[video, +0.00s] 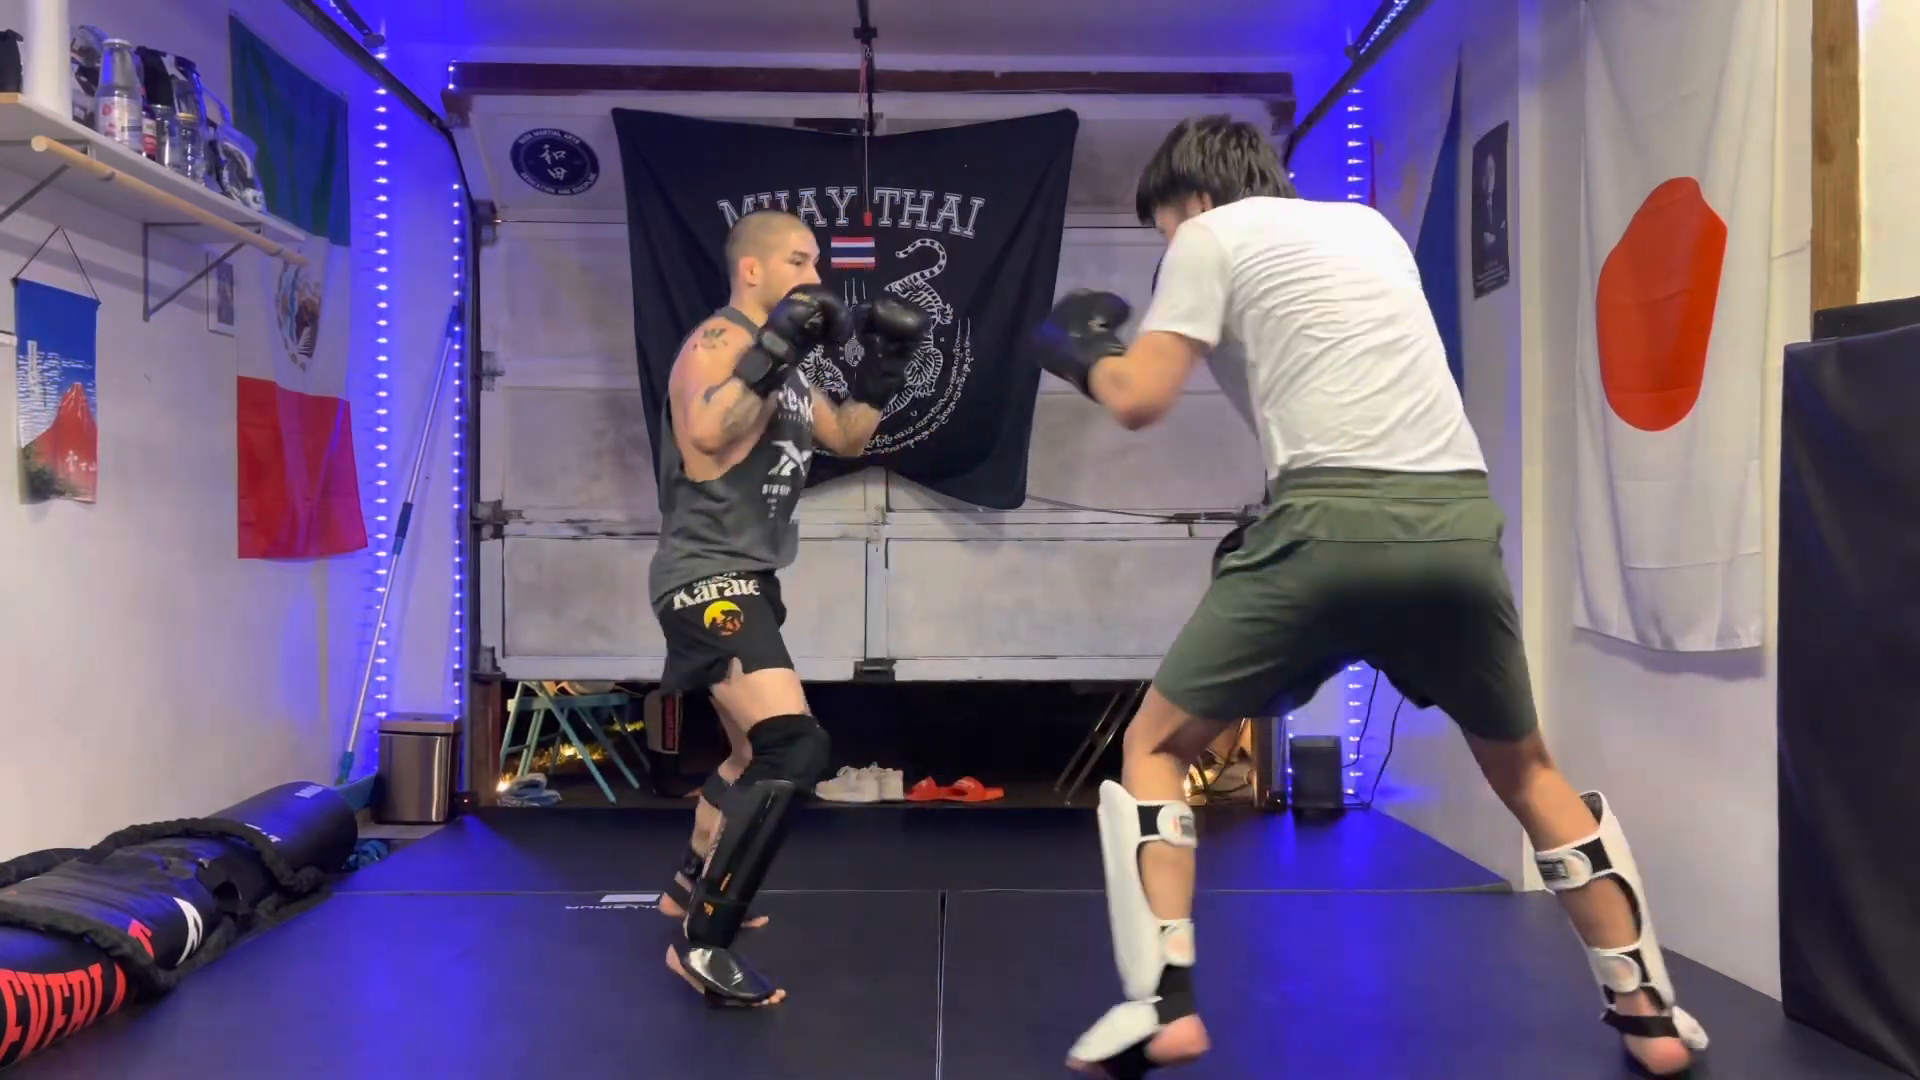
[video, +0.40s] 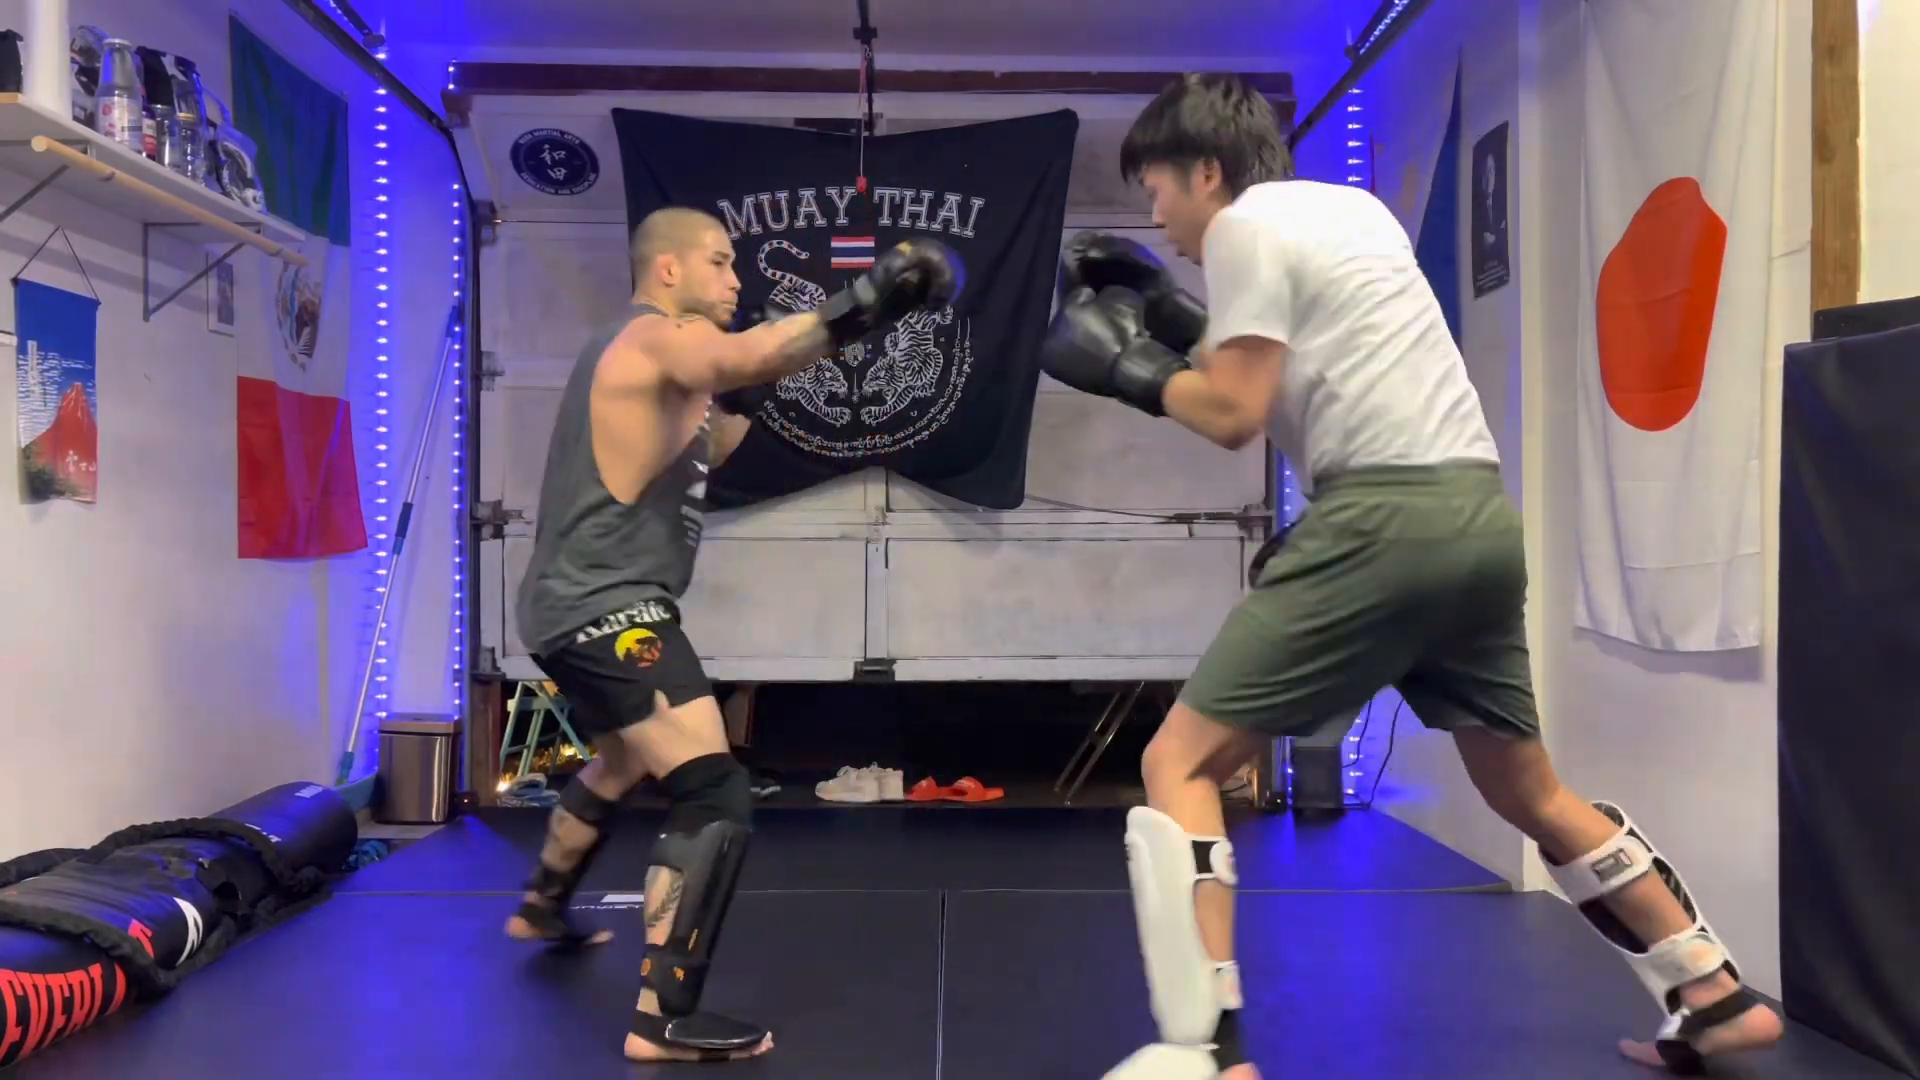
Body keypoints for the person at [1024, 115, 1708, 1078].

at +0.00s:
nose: (1171, 244)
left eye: (1169, 227)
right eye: (1163, 234)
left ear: (1200, 202)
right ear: (1264, 179)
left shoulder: (1212, 234)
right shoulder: (1373, 226)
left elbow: (1136, 398)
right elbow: (1337, 357)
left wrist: (1088, 352)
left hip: (1323, 531)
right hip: (1461, 532)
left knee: (1157, 746)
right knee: (1530, 771)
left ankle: (1164, 998)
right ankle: (1645, 1003)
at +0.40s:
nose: (1154, 220)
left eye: (1155, 194)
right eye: (1148, 198)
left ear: (1207, 171)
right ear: (1248, 165)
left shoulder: (1250, 227)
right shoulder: (1362, 212)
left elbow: (1231, 413)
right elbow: (1302, 368)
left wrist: (1125, 372)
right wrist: (1181, 328)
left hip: (1380, 520)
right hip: (1483, 516)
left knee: (1179, 762)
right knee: (1530, 789)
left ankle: (1201, 1042)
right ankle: (1714, 994)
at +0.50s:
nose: (1156, 218)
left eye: (1165, 193)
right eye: (1156, 196)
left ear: (1223, 193)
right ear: (1248, 187)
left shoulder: (1289, 260)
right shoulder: (1340, 247)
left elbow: (1298, 442)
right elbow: (1205, 360)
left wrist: (1168, 389)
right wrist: (1078, 307)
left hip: (1398, 574)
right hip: (1486, 571)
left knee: (1203, 802)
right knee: (1532, 828)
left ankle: (1311, 1061)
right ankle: (1732, 1027)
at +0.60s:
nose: (1142, 215)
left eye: (1149, 186)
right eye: (1141, 189)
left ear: (1208, 182)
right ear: (1225, 179)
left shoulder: (1298, 257)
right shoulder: (1302, 250)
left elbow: (1316, 435)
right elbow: (1191, 352)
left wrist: (1182, 385)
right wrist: (1060, 316)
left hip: (1405, 555)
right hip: (1468, 554)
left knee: (1227, 800)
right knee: (1471, 803)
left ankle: (1317, 1061)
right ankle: (1686, 988)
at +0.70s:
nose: (1133, 182)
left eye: (1140, 156)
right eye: (1130, 158)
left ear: (1198, 142)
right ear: (1210, 142)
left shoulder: (1287, 203)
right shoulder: (1289, 203)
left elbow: (1270, 385)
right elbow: (1252, 353)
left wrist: (1137, 339)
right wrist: (1136, 315)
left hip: (1422, 485)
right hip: (1454, 483)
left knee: (1307, 770)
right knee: (1438, 755)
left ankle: (1332, 1058)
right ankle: (1599, 962)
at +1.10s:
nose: (1155, 181)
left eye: (1167, 157)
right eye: (1156, 162)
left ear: (1223, 155)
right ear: (1231, 164)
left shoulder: (1259, 208)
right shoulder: (1274, 227)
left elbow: (1262, 347)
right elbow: (1218, 378)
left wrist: (1135, 354)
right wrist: (1169, 281)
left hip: (1348, 491)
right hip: (1361, 495)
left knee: (1335, 757)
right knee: (1312, 743)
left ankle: (1482, 1004)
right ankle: (1384, 945)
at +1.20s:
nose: (1144, 161)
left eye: (1155, 138)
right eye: (1142, 143)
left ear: (1212, 133)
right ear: (1210, 142)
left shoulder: (1254, 187)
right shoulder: (1232, 219)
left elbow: (1305, 318)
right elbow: (1220, 364)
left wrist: (1176, 347)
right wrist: (1159, 269)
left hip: (1326, 462)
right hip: (1305, 467)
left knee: (1275, 727)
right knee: (1272, 724)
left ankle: (1428, 944)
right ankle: (1361, 902)